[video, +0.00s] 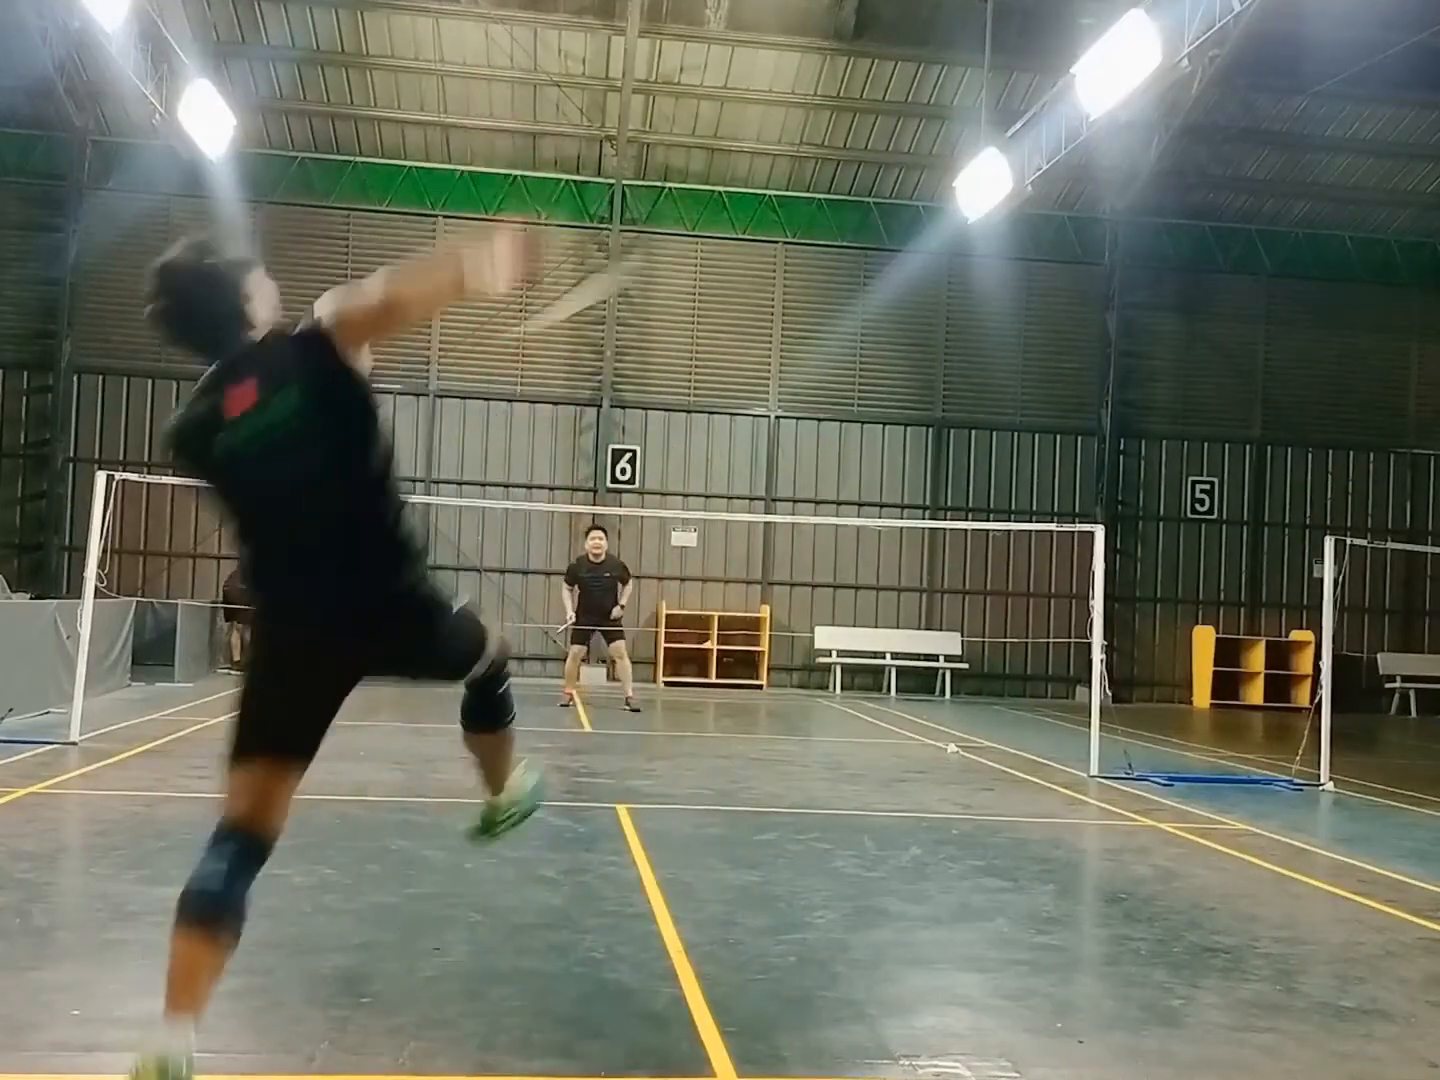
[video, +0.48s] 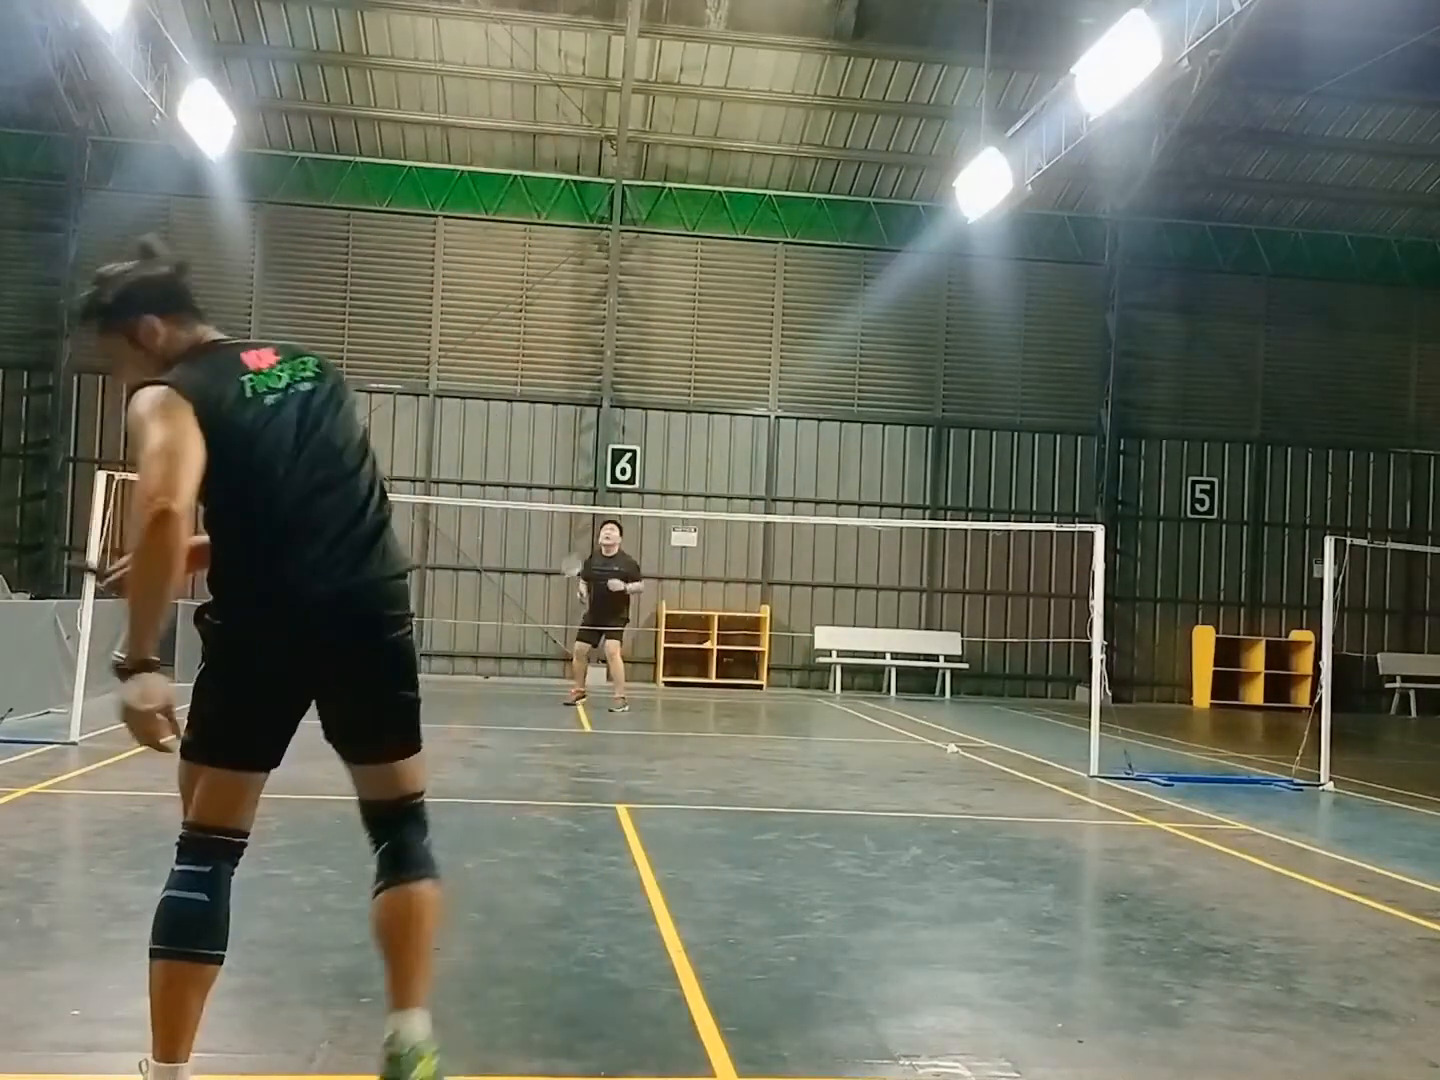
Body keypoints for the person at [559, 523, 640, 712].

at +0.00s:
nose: (597, 542)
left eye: (600, 539)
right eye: (592, 539)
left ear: (606, 543)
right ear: (586, 543)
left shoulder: (616, 565)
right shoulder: (577, 566)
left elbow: (627, 583)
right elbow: (567, 588)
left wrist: (621, 605)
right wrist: (569, 611)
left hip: (609, 617)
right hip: (584, 617)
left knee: (620, 653)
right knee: (575, 653)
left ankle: (629, 695)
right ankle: (568, 694)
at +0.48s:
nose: (607, 533)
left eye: (612, 531)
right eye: (604, 530)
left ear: (620, 538)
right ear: (599, 536)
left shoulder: (628, 563)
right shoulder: (592, 560)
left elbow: (640, 586)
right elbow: (583, 579)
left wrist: (624, 586)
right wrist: (582, 590)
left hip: (616, 616)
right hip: (593, 613)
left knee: (612, 650)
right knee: (579, 650)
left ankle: (619, 697)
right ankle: (579, 690)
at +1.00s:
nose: (585, 540)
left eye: (589, 538)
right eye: (582, 538)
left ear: (597, 545)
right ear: (577, 545)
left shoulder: (603, 563)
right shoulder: (576, 569)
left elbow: (619, 582)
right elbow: (573, 597)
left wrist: (610, 560)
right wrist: (557, 584)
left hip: (602, 616)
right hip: (583, 618)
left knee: (603, 650)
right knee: (565, 652)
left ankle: (611, 691)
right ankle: (577, 688)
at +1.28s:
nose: (587, 536)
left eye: (592, 533)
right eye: (585, 533)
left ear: (599, 540)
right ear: (580, 539)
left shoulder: (604, 553)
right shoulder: (580, 563)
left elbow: (619, 568)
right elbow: (572, 590)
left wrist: (614, 547)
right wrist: (564, 571)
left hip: (598, 609)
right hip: (581, 611)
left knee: (597, 646)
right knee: (565, 649)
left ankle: (613, 679)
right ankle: (577, 687)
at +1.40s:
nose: (595, 530)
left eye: (600, 527)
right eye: (594, 527)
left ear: (610, 534)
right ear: (590, 532)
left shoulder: (611, 550)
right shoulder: (581, 554)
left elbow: (626, 566)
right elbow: (563, 565)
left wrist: (624, 544)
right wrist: (570, 549)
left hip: (599, 603)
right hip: (579, 602)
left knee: (601, 644)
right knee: (574, 645)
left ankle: (611, 673)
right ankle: (577, 685)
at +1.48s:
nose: (608, 536)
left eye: (611, 534)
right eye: (607, 533)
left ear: (615, 535)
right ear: (602, 532)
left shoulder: (616, 550)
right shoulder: (586, 546)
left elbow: (627, 561)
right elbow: (566, 540)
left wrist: (623, 539)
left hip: (602, 599)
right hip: (581, 597)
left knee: (606, 640)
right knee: (574, 641)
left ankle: (612, 668)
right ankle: (574, 681)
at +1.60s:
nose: (621, 535)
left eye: (623, 533)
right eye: (617, 532)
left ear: (628, 540)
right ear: (609, 533)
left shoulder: (625, 558)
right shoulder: (595, 546)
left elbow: (617, 557)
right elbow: (583, 529)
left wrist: (605, 537)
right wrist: (576, 511)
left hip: (607, 603)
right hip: (587, 600)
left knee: (608, 644)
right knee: (575, 638)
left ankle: (609, 680)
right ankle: (571, 677)